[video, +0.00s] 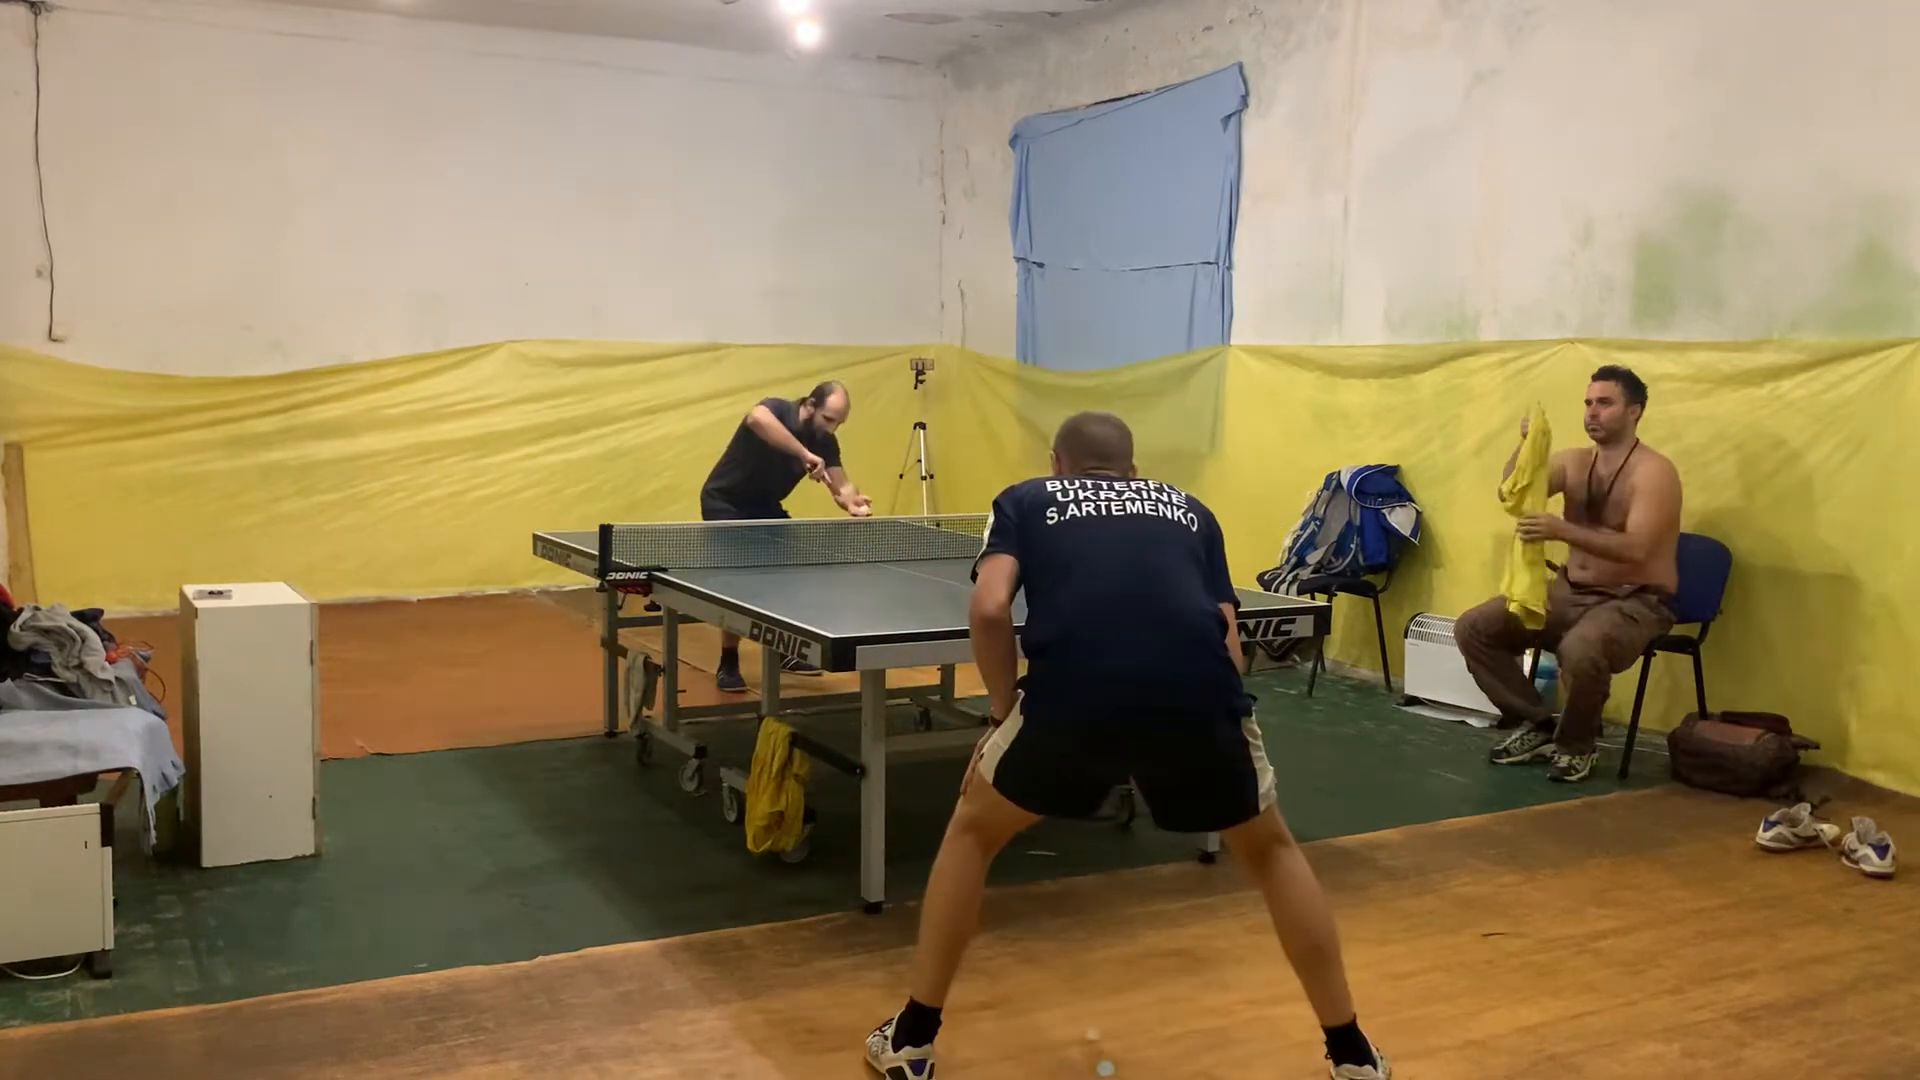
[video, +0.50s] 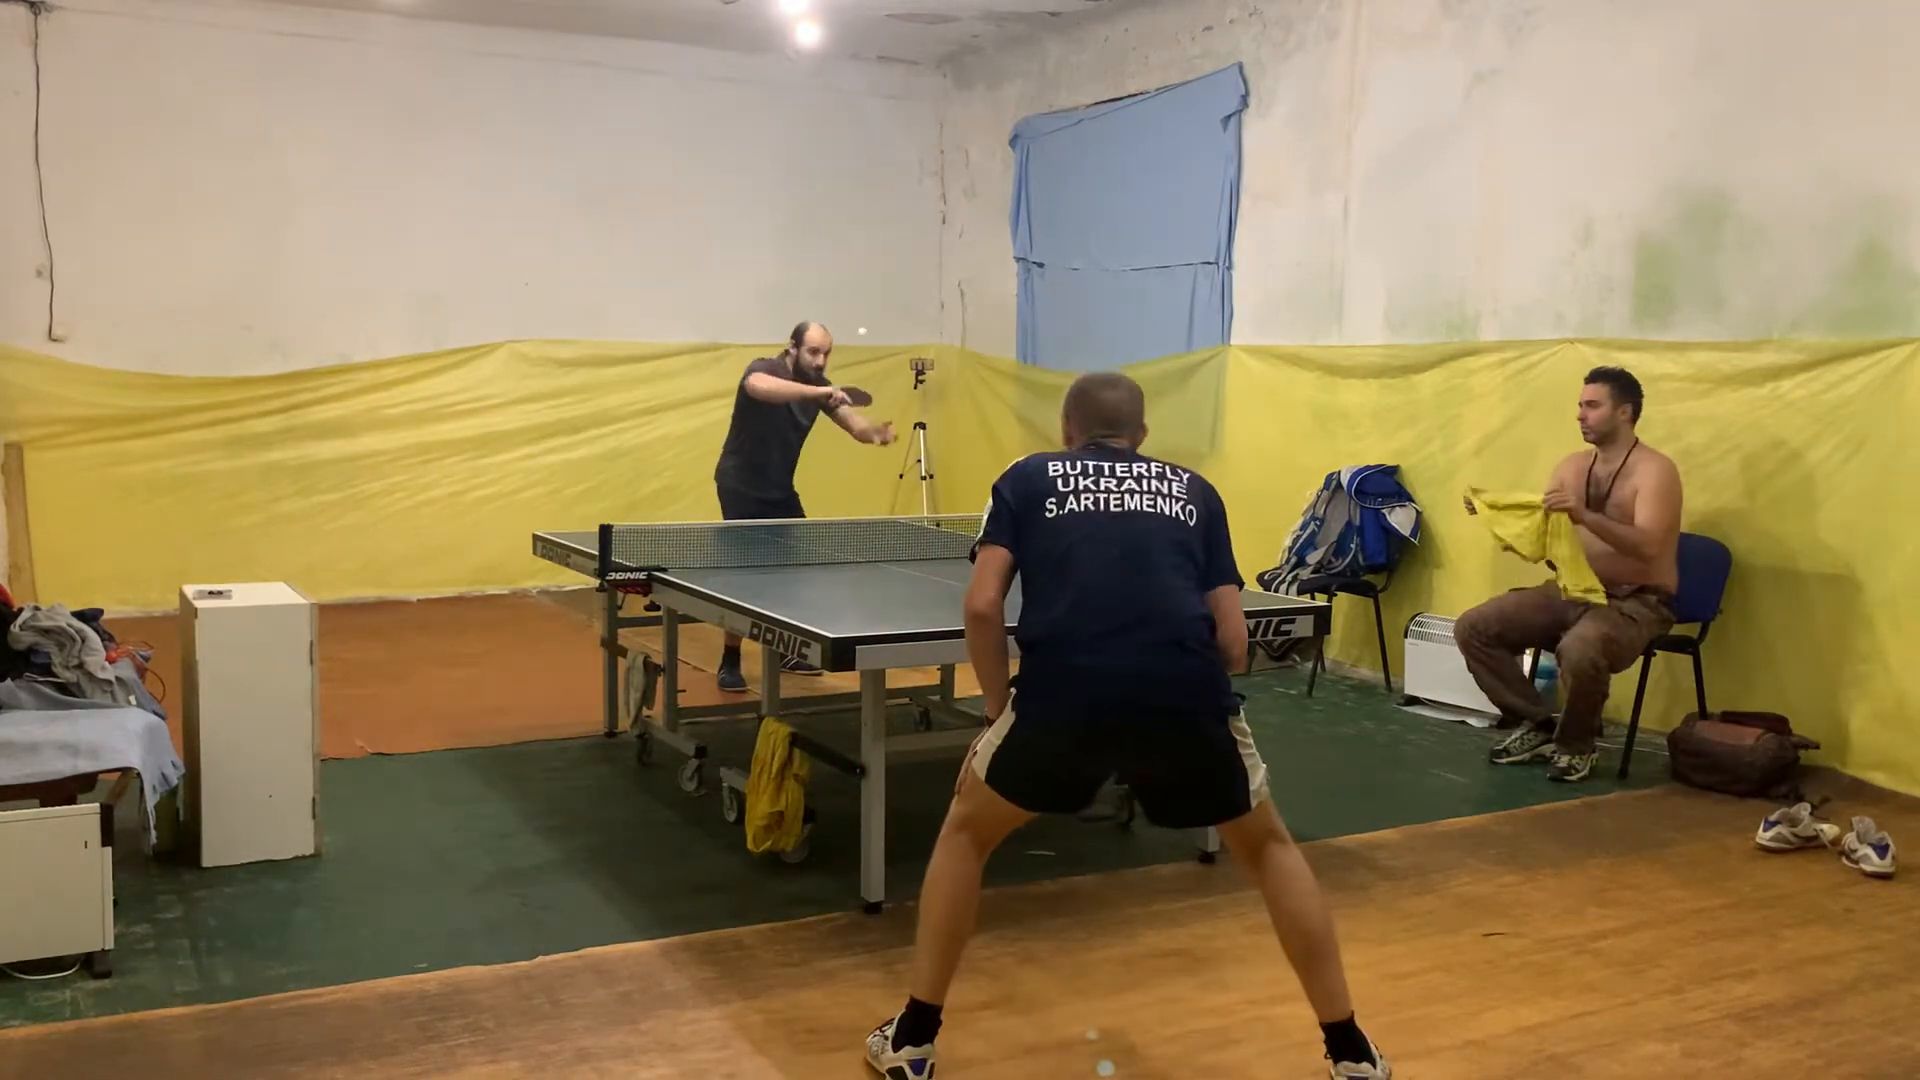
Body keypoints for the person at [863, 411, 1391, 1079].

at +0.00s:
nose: (1046, 468)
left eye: (1049, 461)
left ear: (1057, 463)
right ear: (1132, 466)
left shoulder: (1026, 499)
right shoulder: (1192, 510)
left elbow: (989, 607)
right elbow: (1228, 637)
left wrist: (1003, 709)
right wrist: (1228, 717)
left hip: (1074, 708)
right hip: (1196, 708)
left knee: (973, 834)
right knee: (1271, 850)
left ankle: (913, 1036)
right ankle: (1351, 1049)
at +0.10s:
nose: (1045, 467)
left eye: (1048, 460)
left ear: (1056, 461)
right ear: (1131, 465)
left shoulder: (1025, 498)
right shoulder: (1189, 509)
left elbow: (988, 606)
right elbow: (1228, 640)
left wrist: (1003, 711)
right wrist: (1223, 715)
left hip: (1072, 708)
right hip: (1195, 708)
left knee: (972, 835)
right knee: (1271, 848)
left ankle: (914, 1035)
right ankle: (1350, 1049)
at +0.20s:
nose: (1045, 464)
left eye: (1048, 457)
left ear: (1056, 458)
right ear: (1131, 462)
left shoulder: (1024, 497)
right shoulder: (1189, 508)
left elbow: (987, 606)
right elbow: (1228, 643)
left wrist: (1003, 712)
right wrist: (1218, 718)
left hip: (1072, 708)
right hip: (1194, 707)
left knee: (972, 834)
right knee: (1270, 848)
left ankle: (915, 1035)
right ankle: (1350, 1048)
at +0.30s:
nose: (1046, 460)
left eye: (1049, 452)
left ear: (1058, 452)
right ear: (1133, 458)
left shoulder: (1025, 493)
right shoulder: (1191, 504)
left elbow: (986, 604)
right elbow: (1229, 641)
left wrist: (1001, 710)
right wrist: (1217, 717)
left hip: (1072, 706)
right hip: (1193, 705)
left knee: (971, 834)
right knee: (1270, 849)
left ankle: (915, 1033)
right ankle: (1350, 1047)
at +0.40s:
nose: (1050, 453)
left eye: (1052, 444)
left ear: (1060, 444)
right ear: (1138, 448)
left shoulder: (1026, 485)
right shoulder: (1191, 497)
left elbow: (984, 602)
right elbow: (1231, 643)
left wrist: (1000, 710)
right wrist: (1203, 713)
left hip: (1068, 704)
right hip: (1189, 705)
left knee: (970, 834)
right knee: (1270, 847)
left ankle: (916, 1032)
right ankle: (1350, 1047)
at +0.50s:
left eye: (1060, 429)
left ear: (1068, 431)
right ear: (1144, 436)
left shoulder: (1028, 478)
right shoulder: (1193, 490)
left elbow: (982, 606)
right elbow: (1232, 640)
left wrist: (999, 710)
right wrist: (1190, 694)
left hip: (1062, 704)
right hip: (1185, 707)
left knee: (967, 835)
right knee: (1268, 847)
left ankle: (915, 1032)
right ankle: (1349, 1047)